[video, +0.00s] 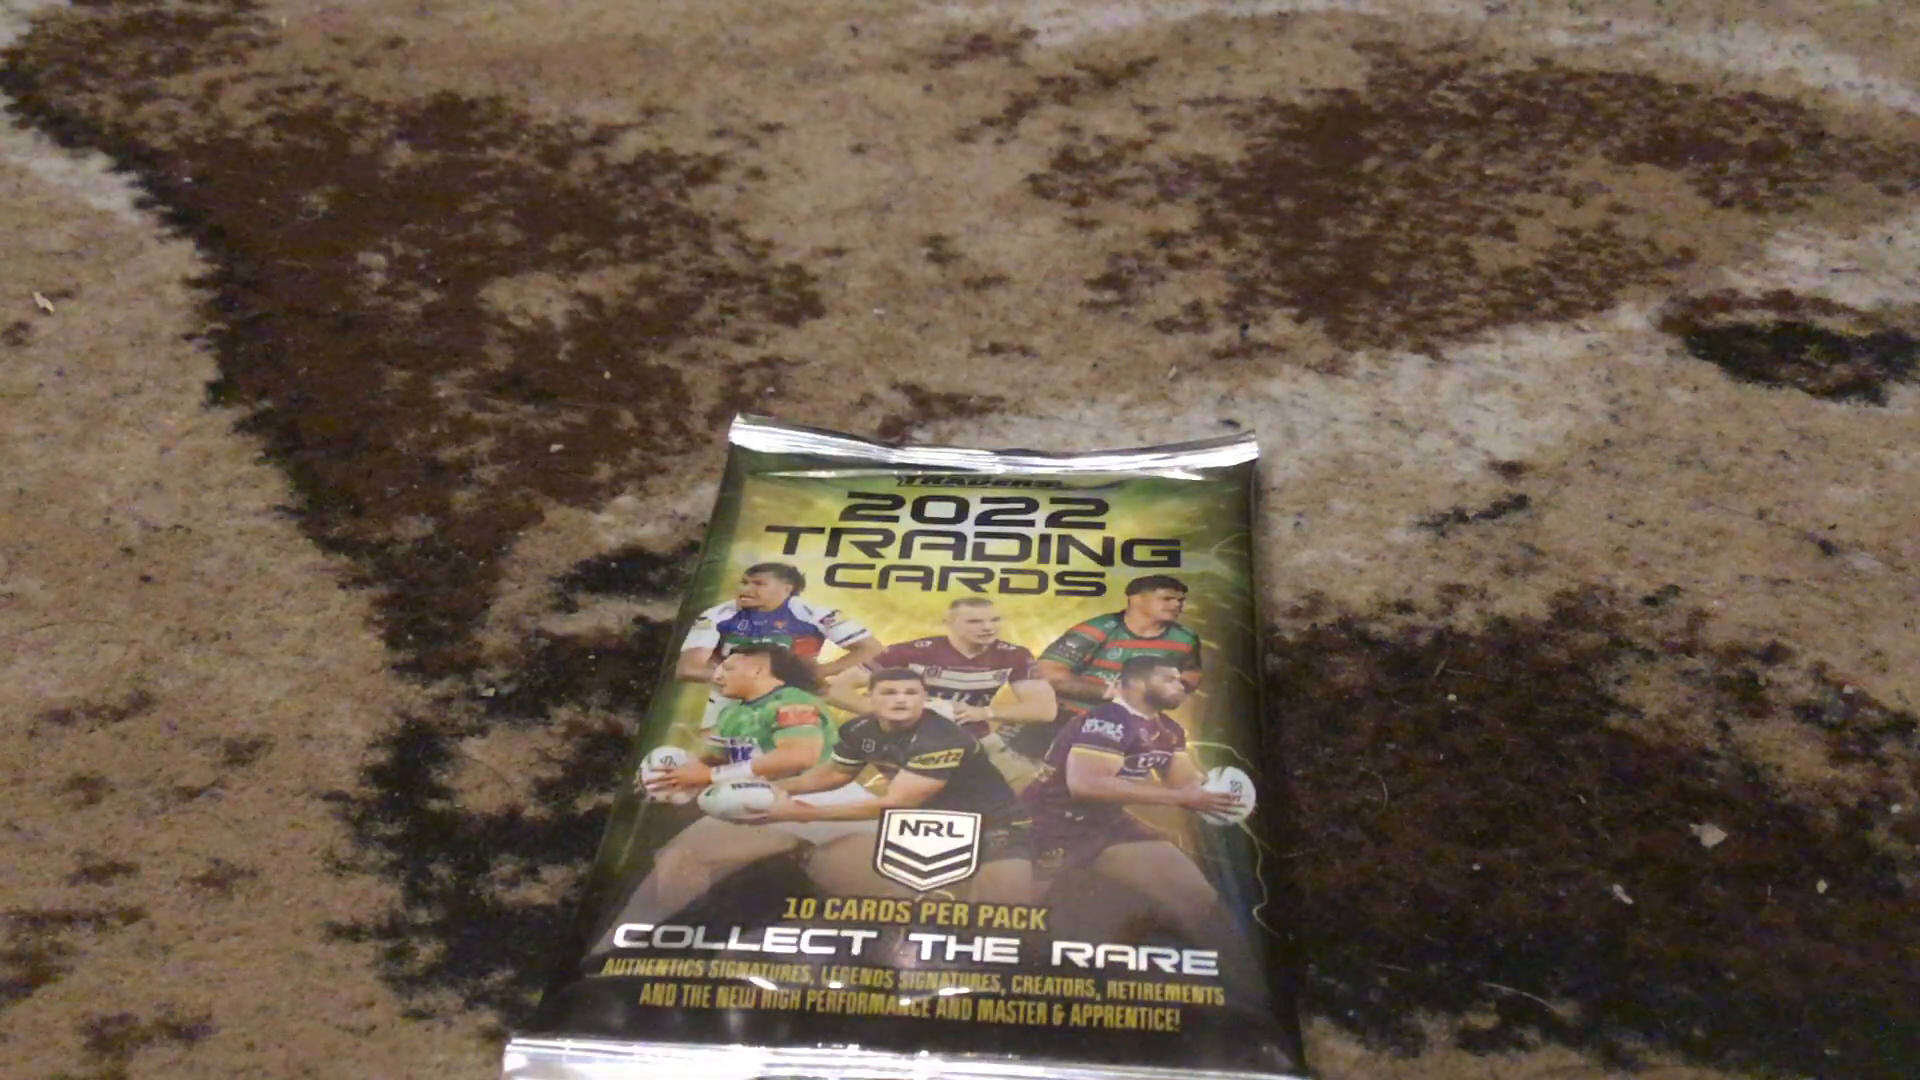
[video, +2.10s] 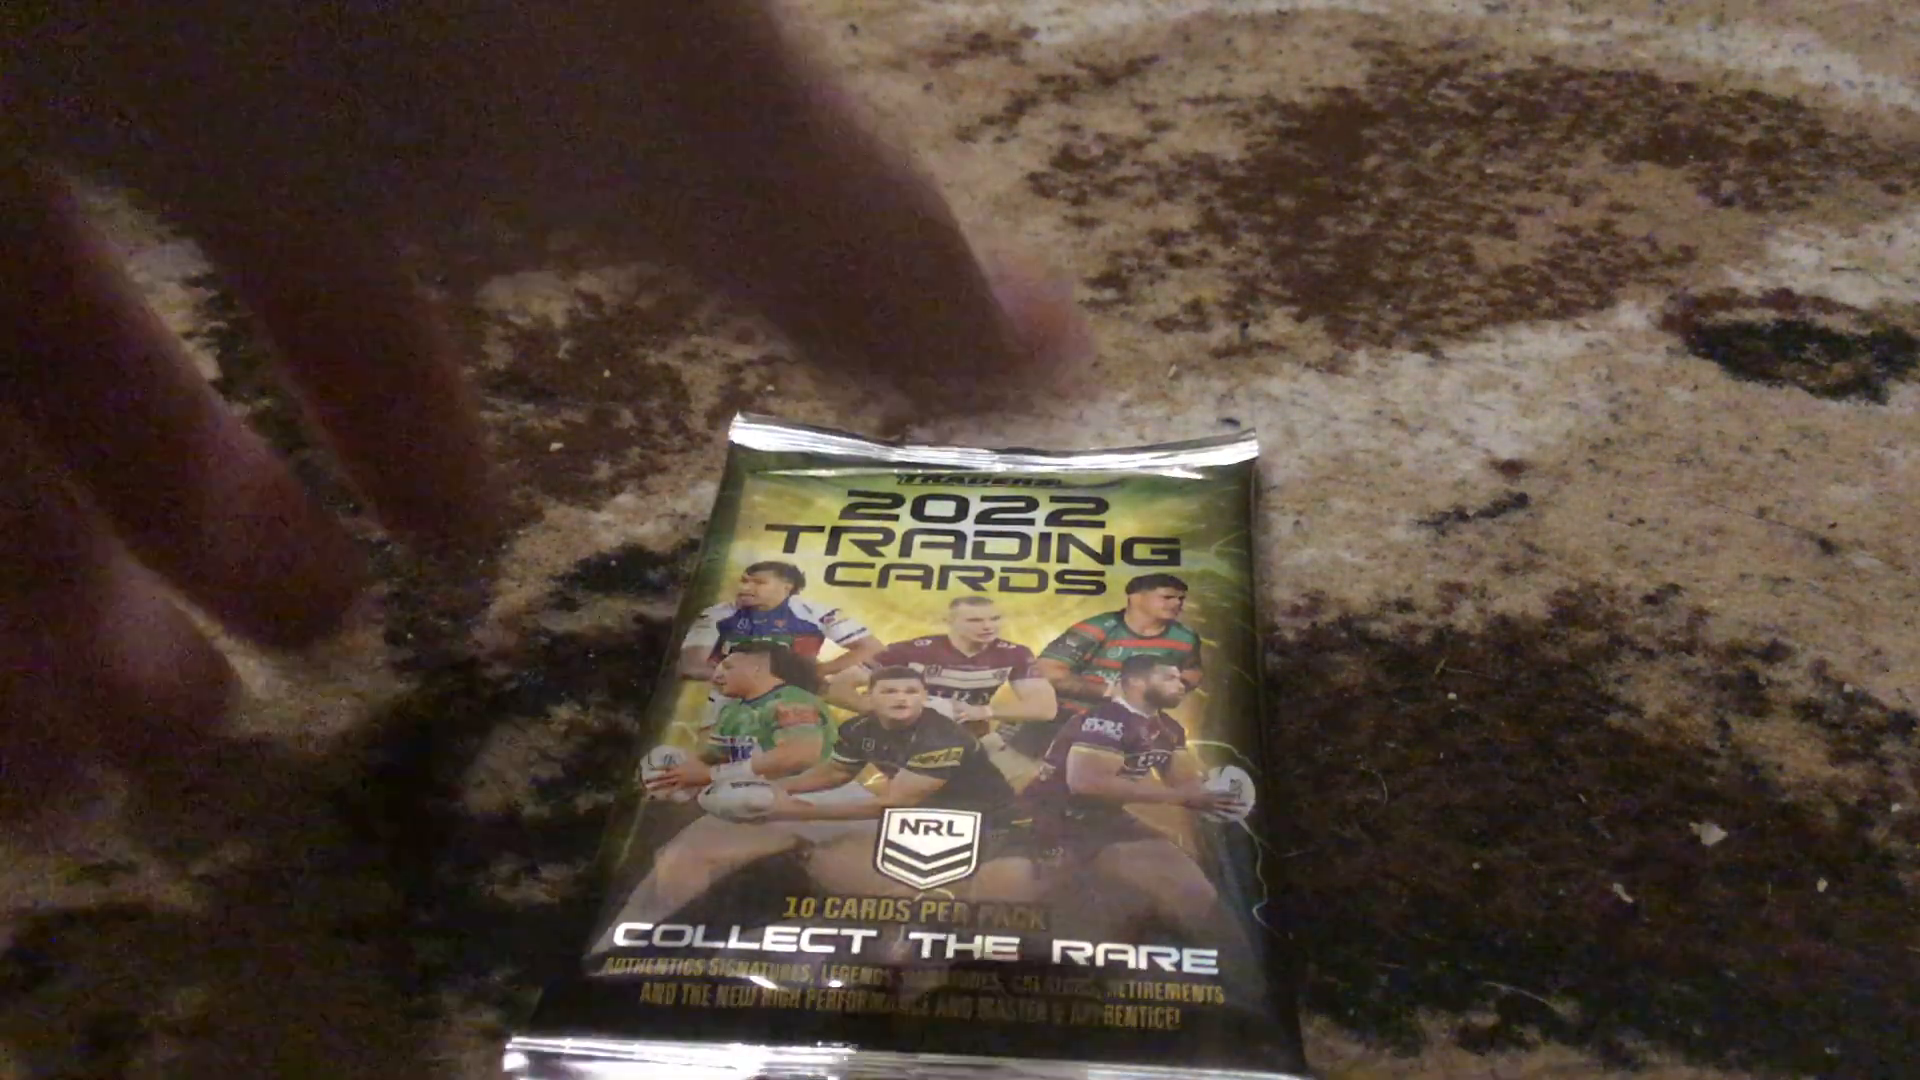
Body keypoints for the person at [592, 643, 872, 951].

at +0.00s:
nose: (721, 668)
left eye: (731, 661)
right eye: (723, 662)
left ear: (762, 664)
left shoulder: (794, 701)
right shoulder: (732, 714)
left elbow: (802, 755)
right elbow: (715, 764)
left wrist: (712, 776)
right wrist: (668, 779)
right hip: (750, 817)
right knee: (671, 863)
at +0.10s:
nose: (720, 670)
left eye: (729, 661)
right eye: (722, 662)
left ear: (760, 663)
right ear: (757, 664)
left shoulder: (794, 701)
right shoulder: (733, 714)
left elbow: (801, 755)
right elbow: (715, 763)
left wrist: (712, 776)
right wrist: (670, 780)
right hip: (752, 817)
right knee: (672, 864)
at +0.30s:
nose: (720, 671)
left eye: (729, 662)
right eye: (722, 664)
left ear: (760, 664)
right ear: (756, 666)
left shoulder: (794, 702)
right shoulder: (734, 713)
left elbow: (801, 755)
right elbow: (711, 760)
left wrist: (711, 775)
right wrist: (668, 778)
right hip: (748, 815)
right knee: (672, 863)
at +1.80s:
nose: (720, 669)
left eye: (729, 662)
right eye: (722, 662)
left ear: (761, 665)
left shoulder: (793, 700)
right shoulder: (732, 714)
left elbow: (802, 754)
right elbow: (714, 763)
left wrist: (711, 775)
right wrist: (668, 779)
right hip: (752, 814)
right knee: (674, 863)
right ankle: (614, 950)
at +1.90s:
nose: (719, 669)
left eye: (729, 662)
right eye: (721, 662)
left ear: (761, 665)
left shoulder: (793, 701)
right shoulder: (733, 714)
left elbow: (801, 754)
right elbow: (713, 762)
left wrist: (711, 775)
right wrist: (667, 779)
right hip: (758, 814)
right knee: (678, 862)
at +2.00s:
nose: (719, 668)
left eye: (730, 660)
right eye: (722, 661)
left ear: (762, 662)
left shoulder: (793, 701)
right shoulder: (731, 712)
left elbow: (802, 754)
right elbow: (716, 763)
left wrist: (712, 775)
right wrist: (675, 778)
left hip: (783, 818)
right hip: (737, 816)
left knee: (685, 860)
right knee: (669, 862)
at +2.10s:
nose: (719, 670)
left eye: (729, 661)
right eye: (721, 662)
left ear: (763, 661)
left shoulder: (793, 700)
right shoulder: (731, 712)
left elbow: (802, 754)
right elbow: (715, 763)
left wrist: (712, 775)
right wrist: (676, 781)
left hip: (782, 814)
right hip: (736, 814)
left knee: (682, 861)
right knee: (670, 861)